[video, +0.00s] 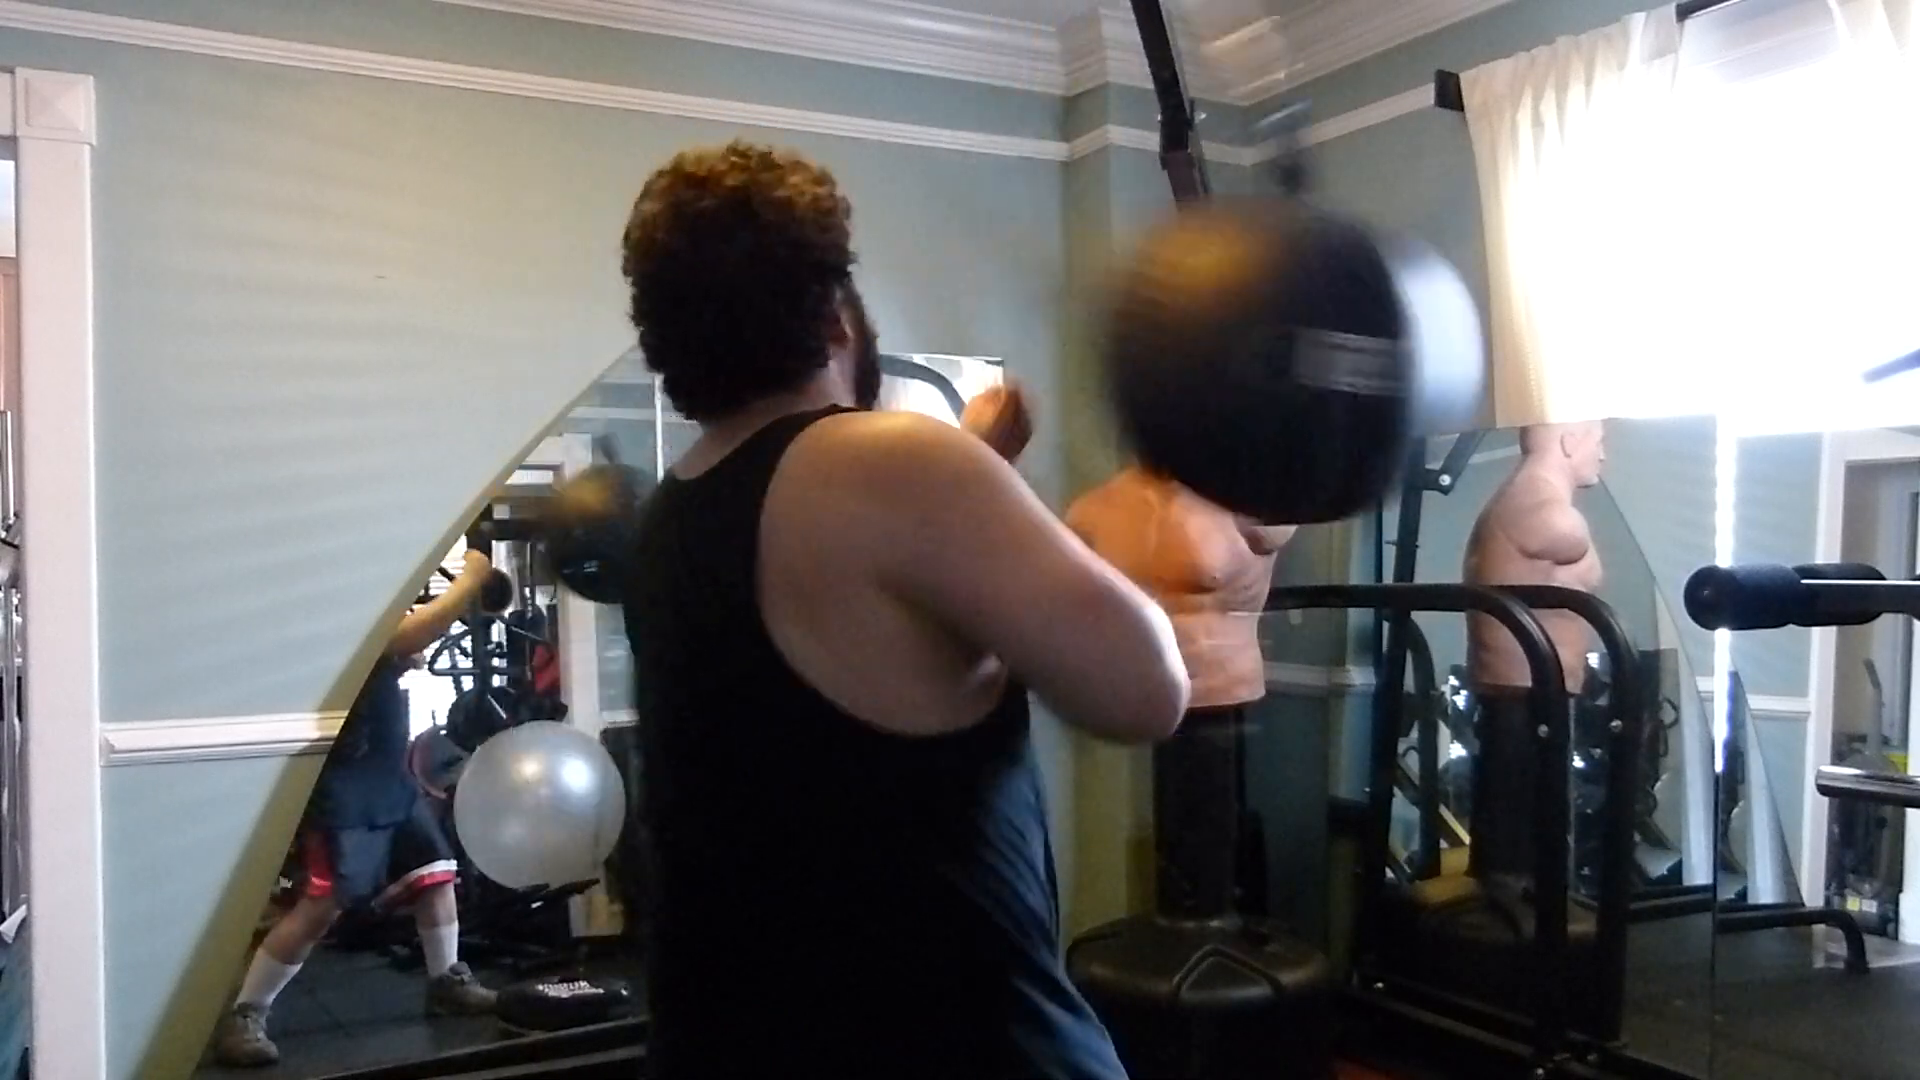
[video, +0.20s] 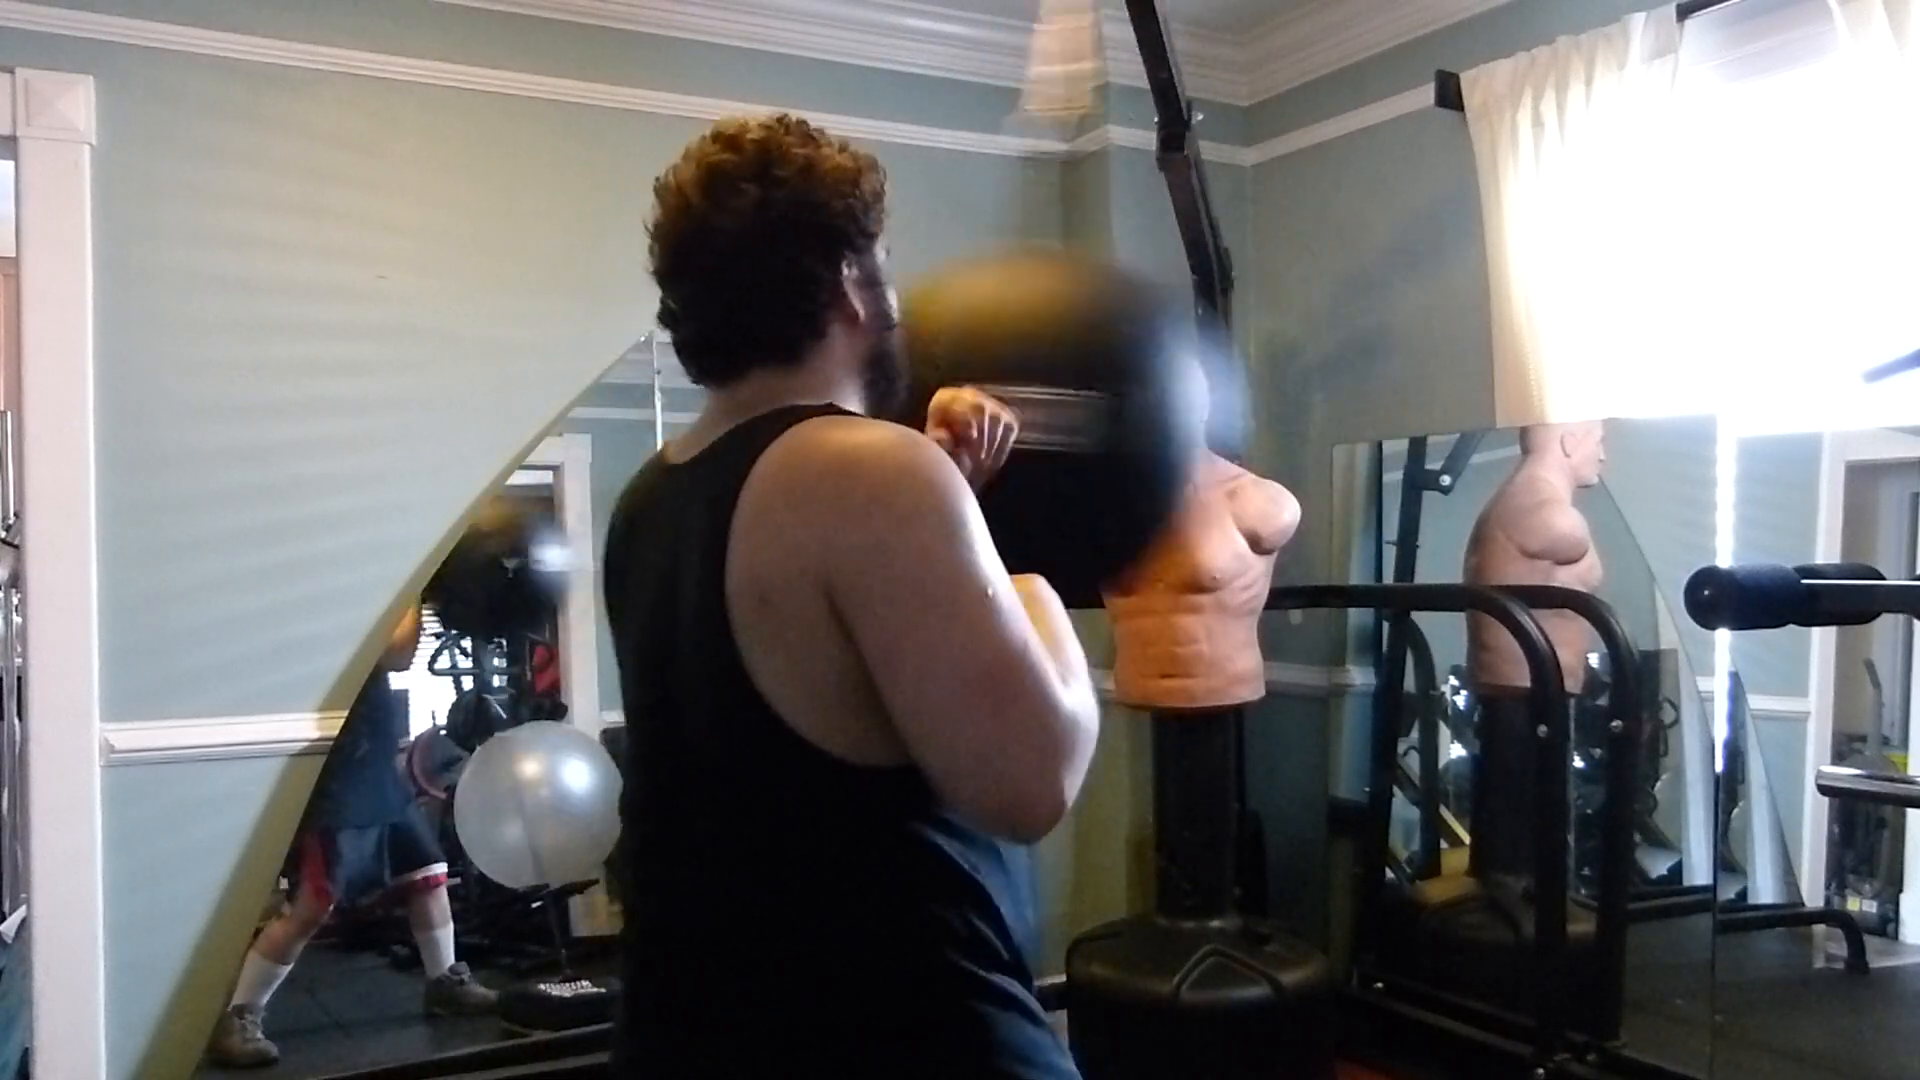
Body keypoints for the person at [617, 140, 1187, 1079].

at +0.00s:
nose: (862, 311)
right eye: (853, 285)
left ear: (661, 343)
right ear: (837, 312)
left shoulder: (672, 517)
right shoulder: (903, 463)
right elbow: (1148, 696)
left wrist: (966, 464)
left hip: (738, 1022)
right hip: (956, 1026)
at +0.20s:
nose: (890, 301)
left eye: (881, 270)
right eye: (880, 270)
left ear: (692, 312)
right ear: (851, 287)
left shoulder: (650, 499)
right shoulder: (877, 475)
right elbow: (1030, 785)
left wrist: (928, 484)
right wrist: (1033, 595)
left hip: (705, 1001)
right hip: (906, 1015)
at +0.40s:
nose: (842, 308)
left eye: (834, 273)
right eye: (831, 275)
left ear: (631, 307)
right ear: (790, 294)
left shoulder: (561, 513)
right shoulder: (860, 485)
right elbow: (1012, 805)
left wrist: (871, 478)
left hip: (635, 1027)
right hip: (866, 1033)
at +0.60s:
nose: (874, 287)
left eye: (868, 260)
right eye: (867, 262)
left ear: (662, 291)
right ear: (836, 282)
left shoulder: (575, 481)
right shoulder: (923, 494)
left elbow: (566, 702)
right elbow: (1036, 831)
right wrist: (1135, 763)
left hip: (641, 1024)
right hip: (895, 1030)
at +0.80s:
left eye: (829, 219)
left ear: (837, 255)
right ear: (1039, 256)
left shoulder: (728, 437)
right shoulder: (1128, 494)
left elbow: (664, 612)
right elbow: (1088, 691)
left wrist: (674, 414)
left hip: (780, 1002)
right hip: (1040, 1010)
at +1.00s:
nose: (856, 232)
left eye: (858, 210)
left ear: (874, 232)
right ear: (1070, 227)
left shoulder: (785, 419)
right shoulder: (1155, 444)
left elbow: (674, 628)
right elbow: (1135, 660)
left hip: (859, 1017)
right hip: (1128, 1014)